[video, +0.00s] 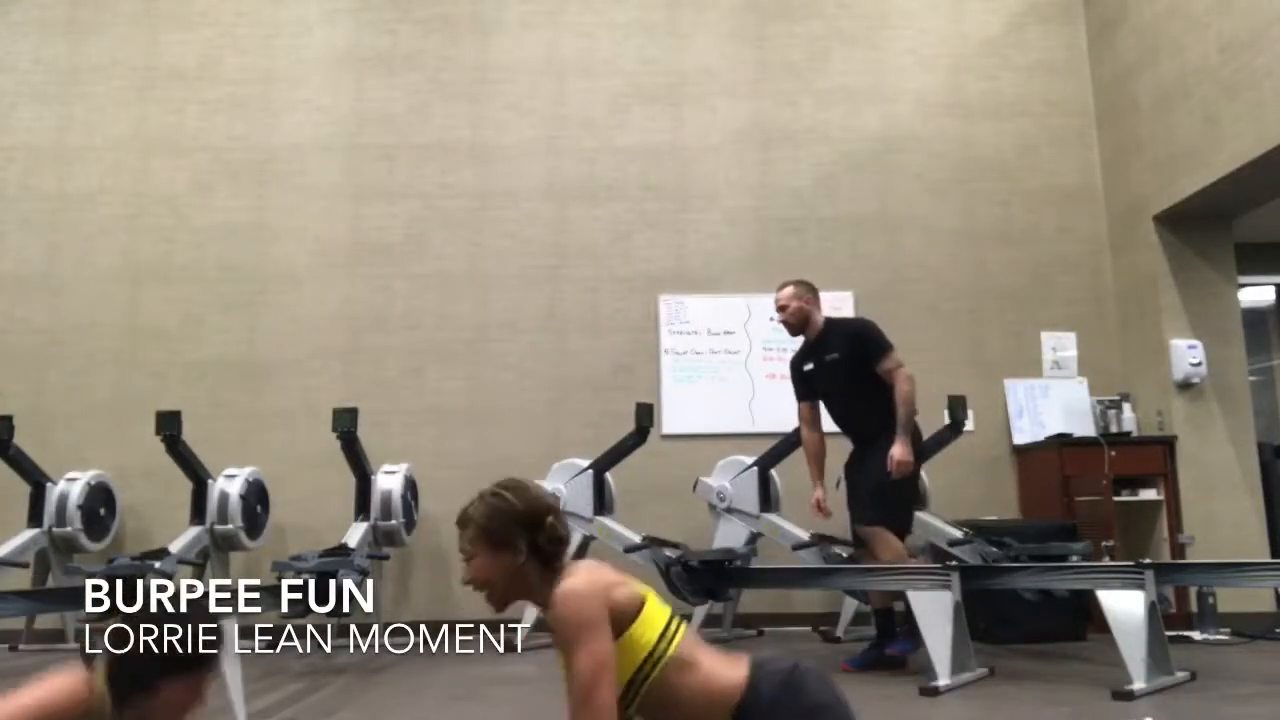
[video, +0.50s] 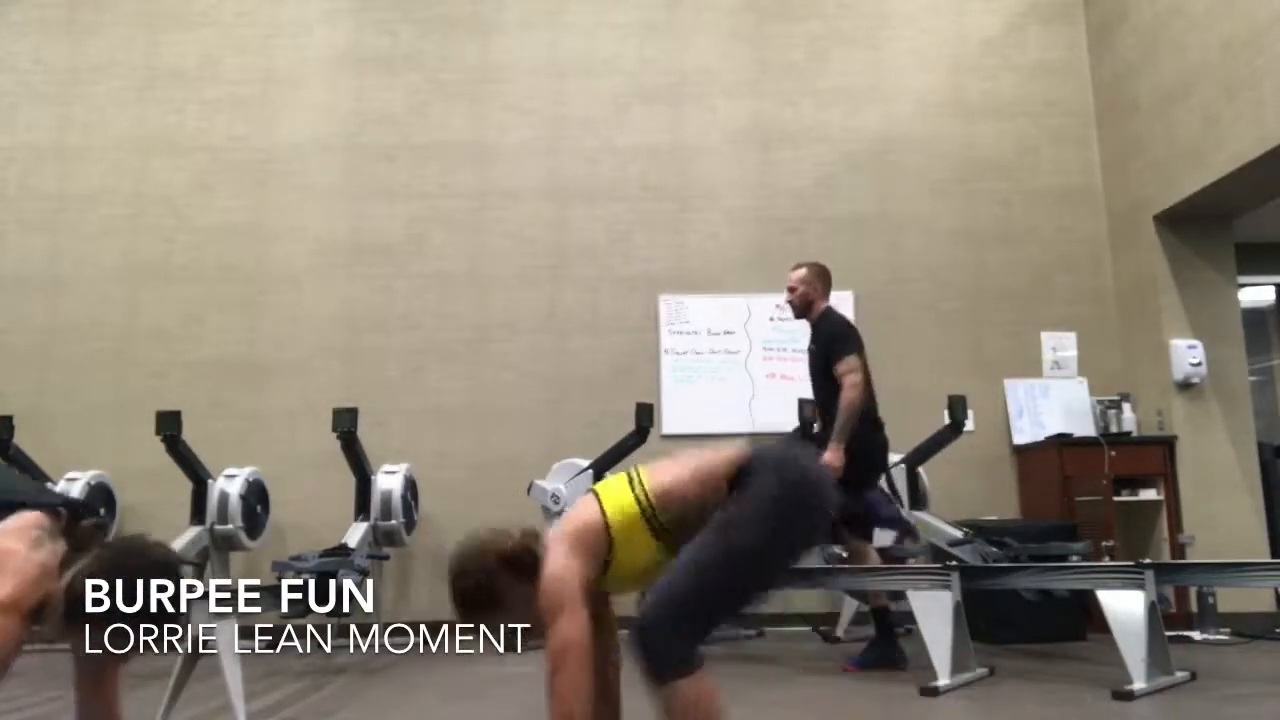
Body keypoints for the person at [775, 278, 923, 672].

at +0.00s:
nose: (780, 315)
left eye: (785, 306)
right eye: (777, 310)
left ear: (811, 302)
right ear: (787, 314)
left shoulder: (857, 332)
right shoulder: (801, 363)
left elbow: (902, 378)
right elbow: (810, 426)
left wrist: (903, 439)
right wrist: (817, 482)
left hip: (894, 438)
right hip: (863, 446)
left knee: (873, 527)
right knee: (865, 536)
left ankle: (925, 612)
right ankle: (885, 639)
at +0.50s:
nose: (788, 296)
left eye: (794, 289)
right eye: (788, 289)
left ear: (817, 292)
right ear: (808, 293)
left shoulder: (834, 328)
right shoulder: (820, 330)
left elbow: (854, 384)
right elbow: (835, 391)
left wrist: (836, 445)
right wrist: (827, 437)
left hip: (857, 445)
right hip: (848, 444)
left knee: (855, 541)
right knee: (853, 540)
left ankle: (886, 638)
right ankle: (884, 637)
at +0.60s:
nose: (782, 295)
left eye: (788, 288)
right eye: (783, 288)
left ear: (811, 291)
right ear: (808, 292)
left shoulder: (824, 327)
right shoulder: (820, 327)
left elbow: (839, 385)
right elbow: (832, 392)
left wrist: (815, 444)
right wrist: (810, 440)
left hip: (843, 450)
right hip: (848, 449)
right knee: (850, 547)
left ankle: (886, 638)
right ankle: (884, 638)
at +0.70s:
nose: (770, 297)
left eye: (775, 290)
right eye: (770, 290)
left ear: (798, 292)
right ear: (796, 293)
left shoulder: (811, 327)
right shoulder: (810, 327)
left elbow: (824, 387)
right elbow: (825, 393)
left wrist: (796, 445)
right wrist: (805, 444)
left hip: (833, 445)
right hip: (843, 443)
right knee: (849, 544)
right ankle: (884, 639)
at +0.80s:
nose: (750, 297)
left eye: (757, 290)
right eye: (751, 290)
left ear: (780, 294)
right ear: (777, 295)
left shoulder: (792, 331)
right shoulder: (791, 330)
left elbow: (808, 390)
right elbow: (810, 395)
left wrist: (783, 441)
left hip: (817, 449)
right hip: (833, 448)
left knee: (784, 544)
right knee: (847, 545)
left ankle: (769, 647)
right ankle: (884, 640)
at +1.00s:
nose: (704, 291)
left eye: (711, 284)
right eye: (705, 284)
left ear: (734, 288)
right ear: (728, 288)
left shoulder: (749, 329)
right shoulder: (740, 329)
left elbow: (774, 397)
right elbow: (751, 401)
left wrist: (758, 458)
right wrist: (743, 453)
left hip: (789, 444)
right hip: (796, 441)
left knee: (768, 545)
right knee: (820, 534)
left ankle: (765, 652)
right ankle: (869, 619)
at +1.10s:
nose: (687, 284)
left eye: (694, 277)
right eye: (689, 276)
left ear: (717, 281)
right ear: (714, 282)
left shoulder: (730, 325)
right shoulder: (727, 322)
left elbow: (754, 395)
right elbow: (734, 396)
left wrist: (750, 464)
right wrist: (712, 443)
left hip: (774, 437)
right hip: (780, 433)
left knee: (762, 547)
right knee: (795, 529)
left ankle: (766, 654)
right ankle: (853, 590)